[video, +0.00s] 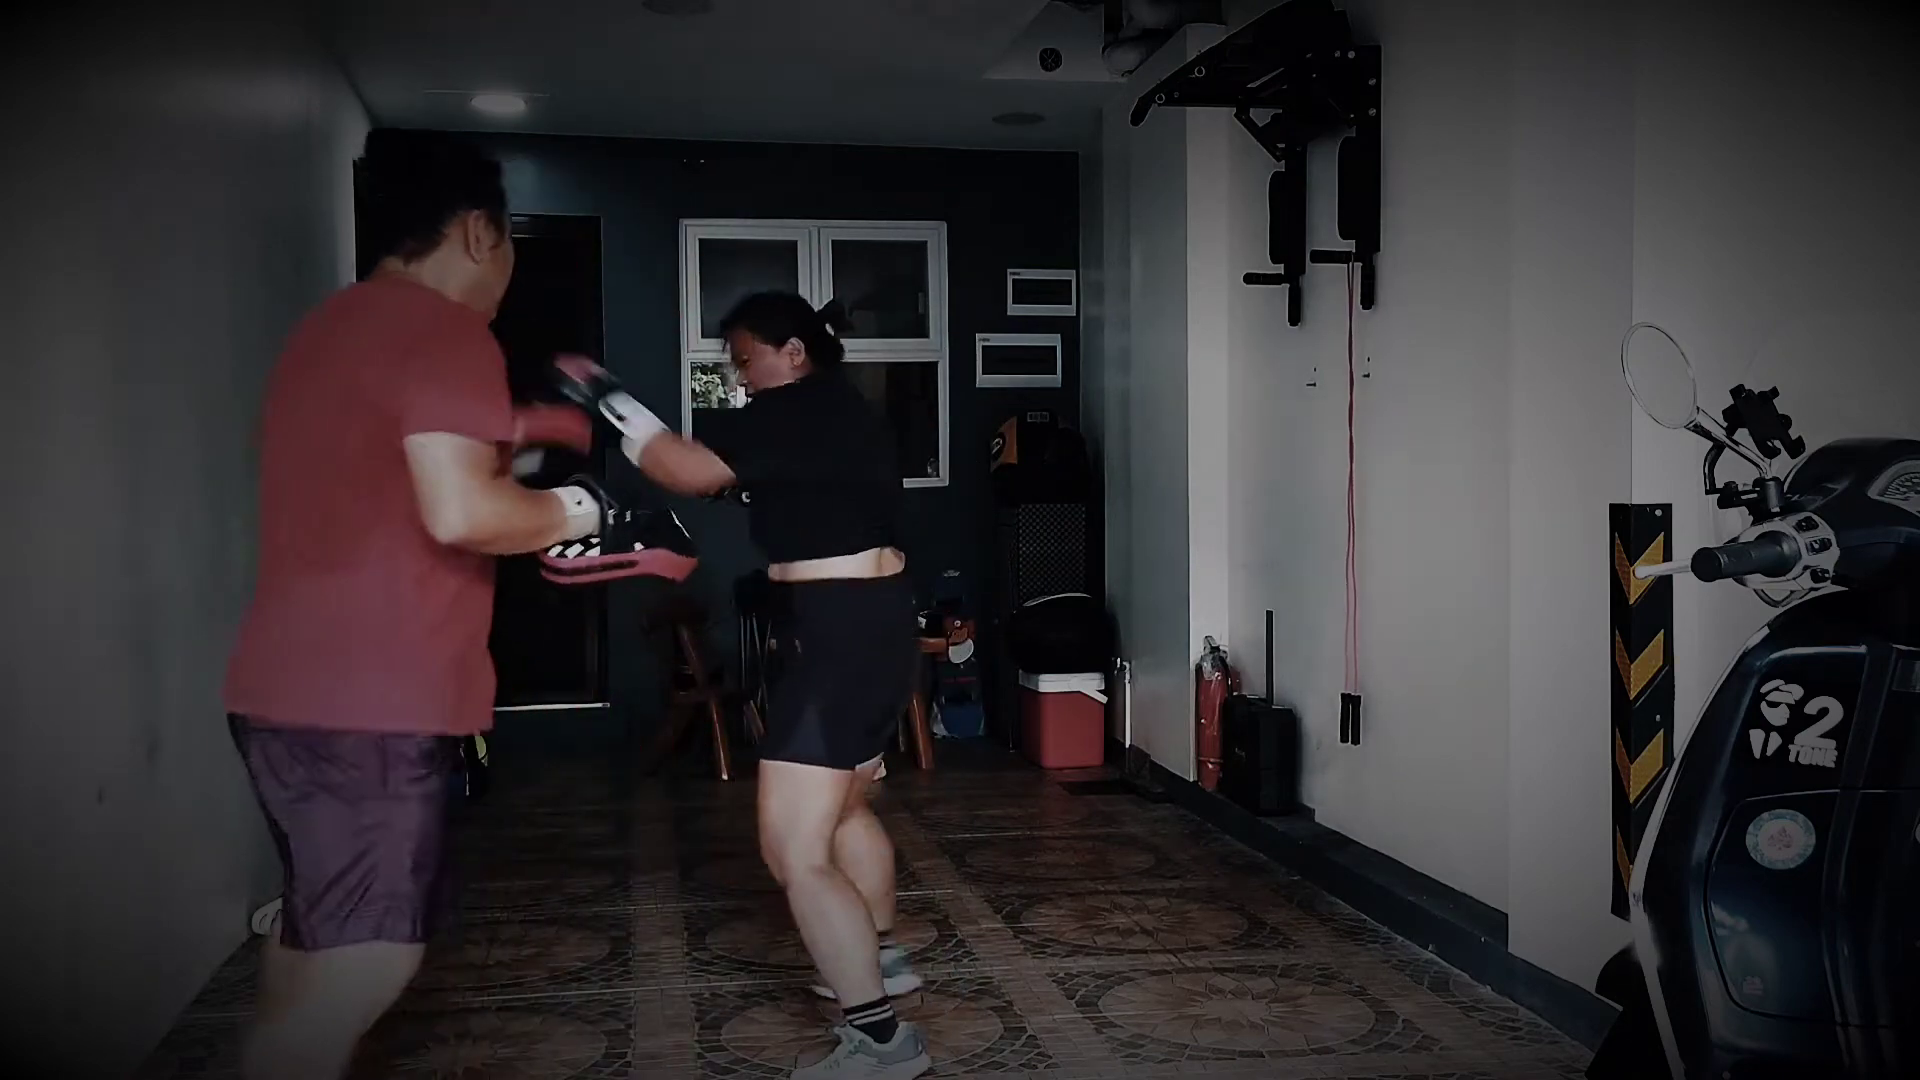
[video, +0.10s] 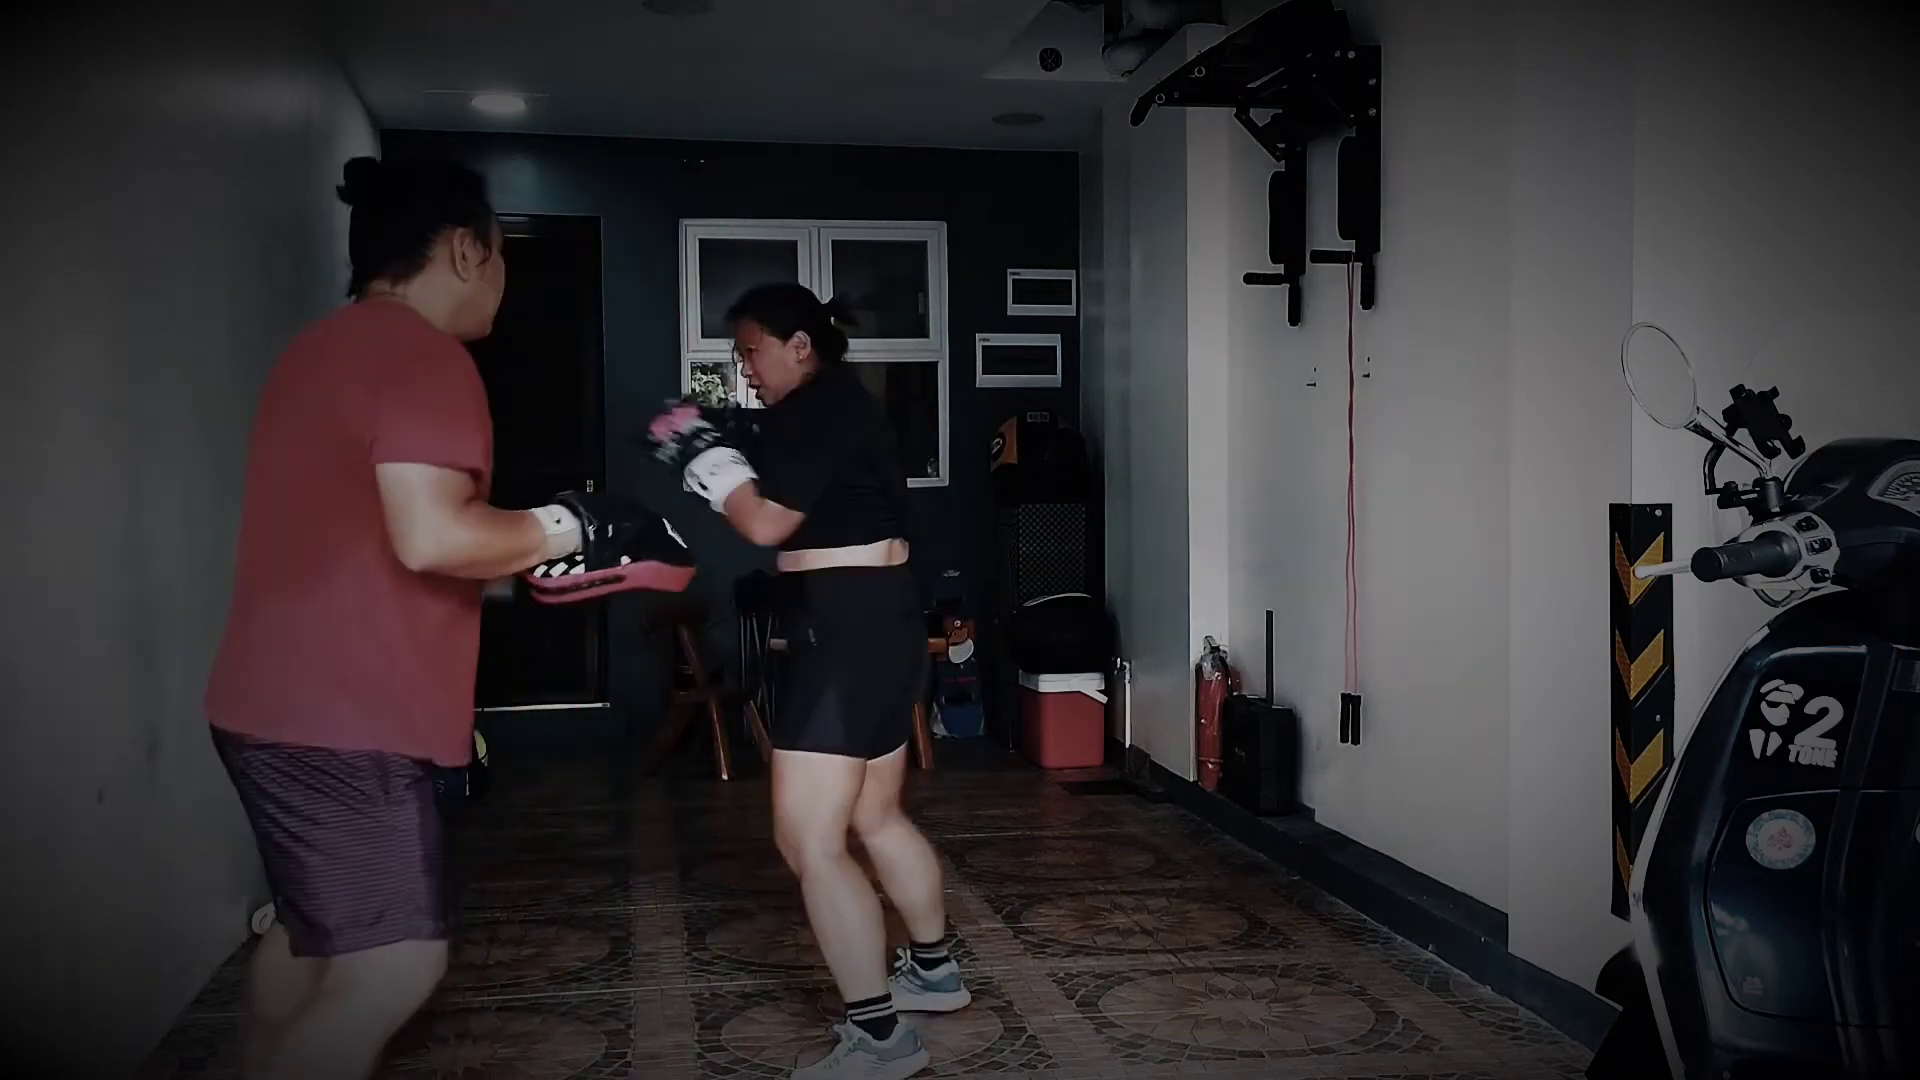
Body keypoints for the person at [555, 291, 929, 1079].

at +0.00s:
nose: (739, 378)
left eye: (745, 361)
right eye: (735, 364)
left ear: (795, 350)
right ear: (803, 352)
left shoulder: (797, 414)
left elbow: (682, 469)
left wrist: (609, 399)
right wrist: (636, 418)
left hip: (831, 635)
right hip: (880, 627)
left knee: (796, 852)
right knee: (846, 811)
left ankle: (875, 1035)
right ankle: (881, 952)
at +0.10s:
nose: (746, 371)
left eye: (752, 353)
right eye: (742, 356)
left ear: (801, 343)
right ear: (805, 346)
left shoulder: (814, 411)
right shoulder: (849, 401)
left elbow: (766, 523)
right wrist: (732, 439)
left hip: (836, 629)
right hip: (890, 623)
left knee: (810, 841)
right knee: (878, 817)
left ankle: (875, 1031)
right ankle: (935, 965)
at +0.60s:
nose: (805, 366)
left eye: (814, 350)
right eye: (799, 356)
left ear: (860, 341)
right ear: (816, 358)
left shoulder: (899, 400)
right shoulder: (837, 414)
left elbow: (856, 502)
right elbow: (772, 507)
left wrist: (814, 415)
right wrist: (755, 431)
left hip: (911, 616)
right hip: (884, 620)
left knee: (859, 807)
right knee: (911, 815)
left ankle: (883, 1006)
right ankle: (941, 975)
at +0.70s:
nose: (802, 365)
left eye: (813, 349)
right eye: (796, 354)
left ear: (859, 344)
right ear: (805, 357)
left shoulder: (895, 401)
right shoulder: (829, 414)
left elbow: (858, 508)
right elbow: (776, 514)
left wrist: (806, 419)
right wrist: (749, 440)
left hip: (913, 620)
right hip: (886, 623)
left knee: (872, 815)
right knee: (909, 817)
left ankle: (888, 1017)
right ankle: (940, 977)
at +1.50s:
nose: (793, 379)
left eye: (808, 365)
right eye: (780, 366)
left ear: (845, 361)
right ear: (765, 365)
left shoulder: (881, 428)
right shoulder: (761, 429)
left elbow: (868, 534)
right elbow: (708, 523)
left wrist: (827, 439)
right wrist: (716, 436)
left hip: (870, 632)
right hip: (784, 631)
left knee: (831, 824)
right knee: (779, 830)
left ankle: (851, 1033)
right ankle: (867, 964)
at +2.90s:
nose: (743, 362)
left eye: (758, 344)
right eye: (739, 347)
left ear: (812, 348)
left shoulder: (852, 422)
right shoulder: (754, 436)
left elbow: (805, 529)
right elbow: (752, 562)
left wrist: (713, 468)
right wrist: (703, 512)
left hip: (869, 666)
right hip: (794, 664)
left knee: (809, 886)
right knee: (777, 838)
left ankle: (857, 1068)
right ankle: (873, 983)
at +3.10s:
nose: (763, 375)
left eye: (779, 358)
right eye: (757, 359)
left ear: (837, 363)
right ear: (754, 363)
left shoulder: (888, 457)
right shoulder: (749, 437)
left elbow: (924, 592)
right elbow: (645, 467)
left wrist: (853, 564)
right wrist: (590, 415)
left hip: (875, 679)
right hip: (787, 681)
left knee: (815, 882)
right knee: (786, 872)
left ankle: (854, 1063)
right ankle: (888, 994)